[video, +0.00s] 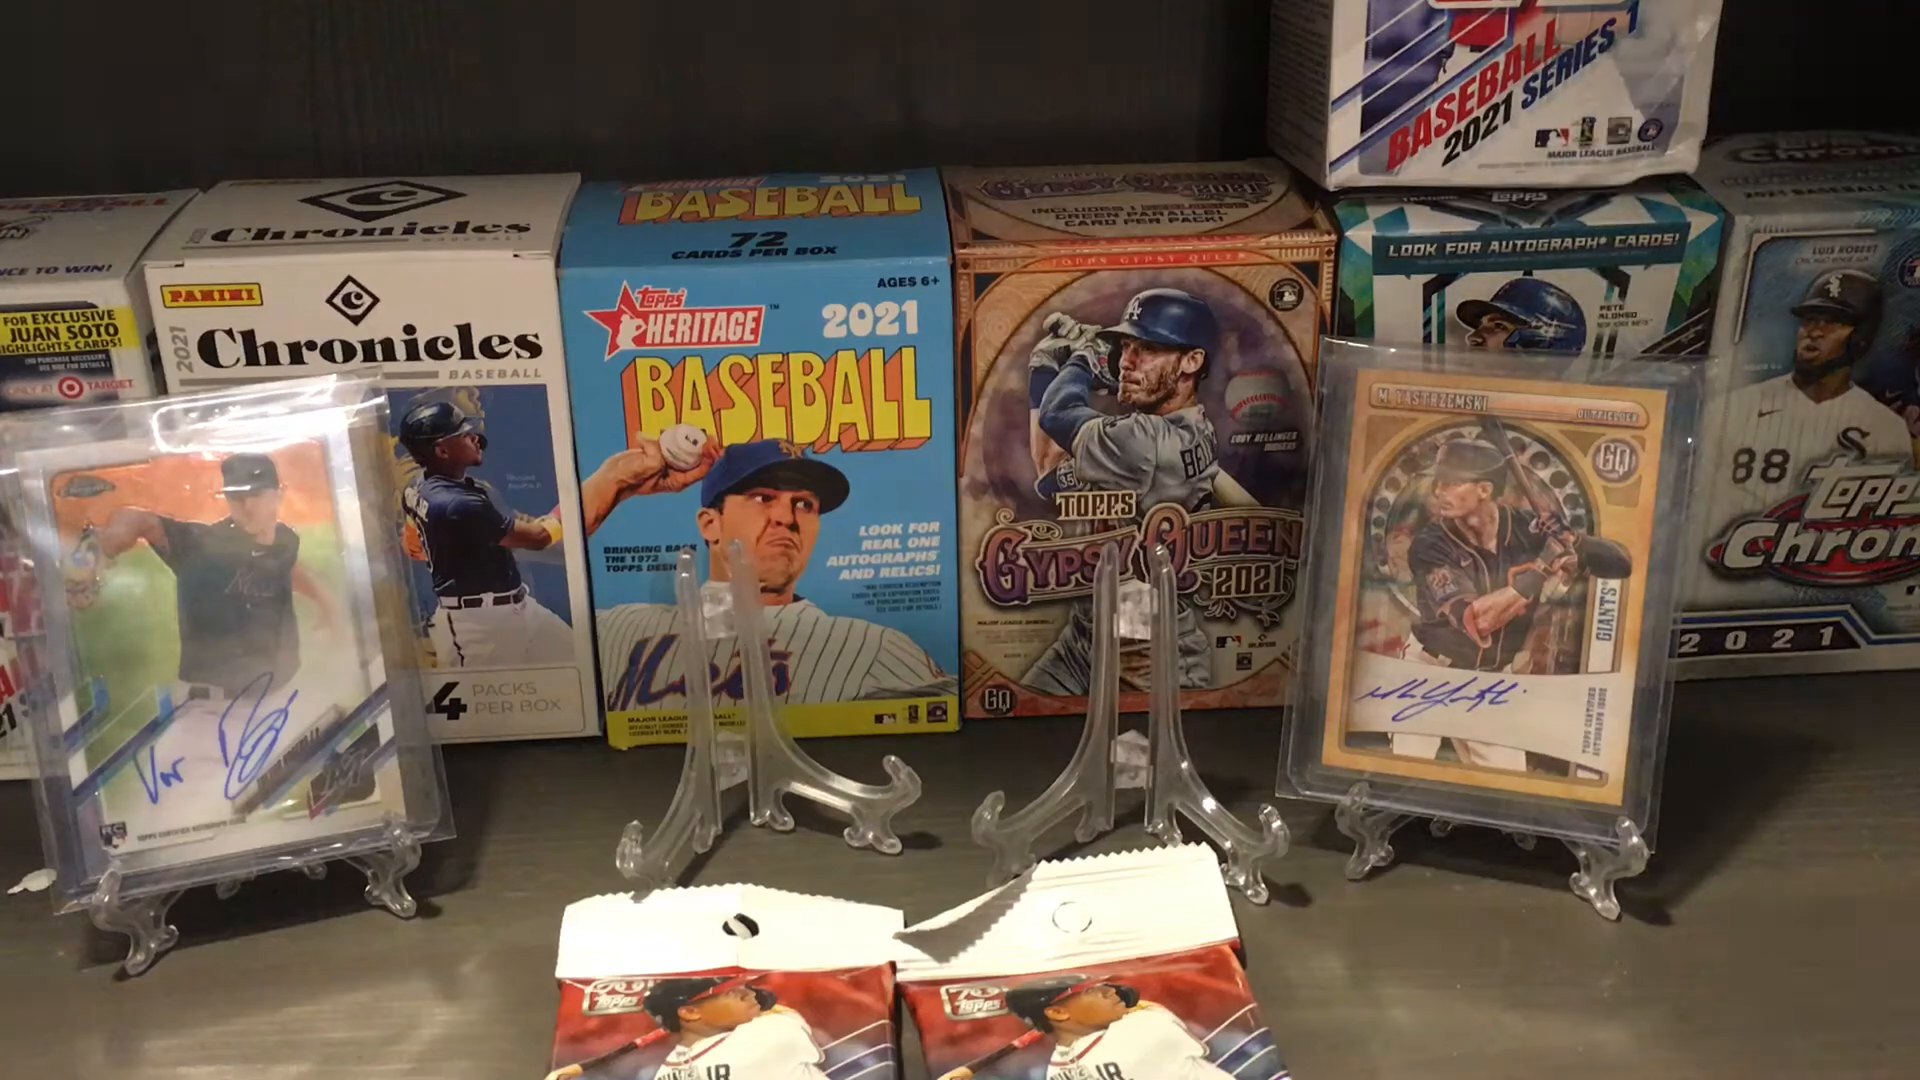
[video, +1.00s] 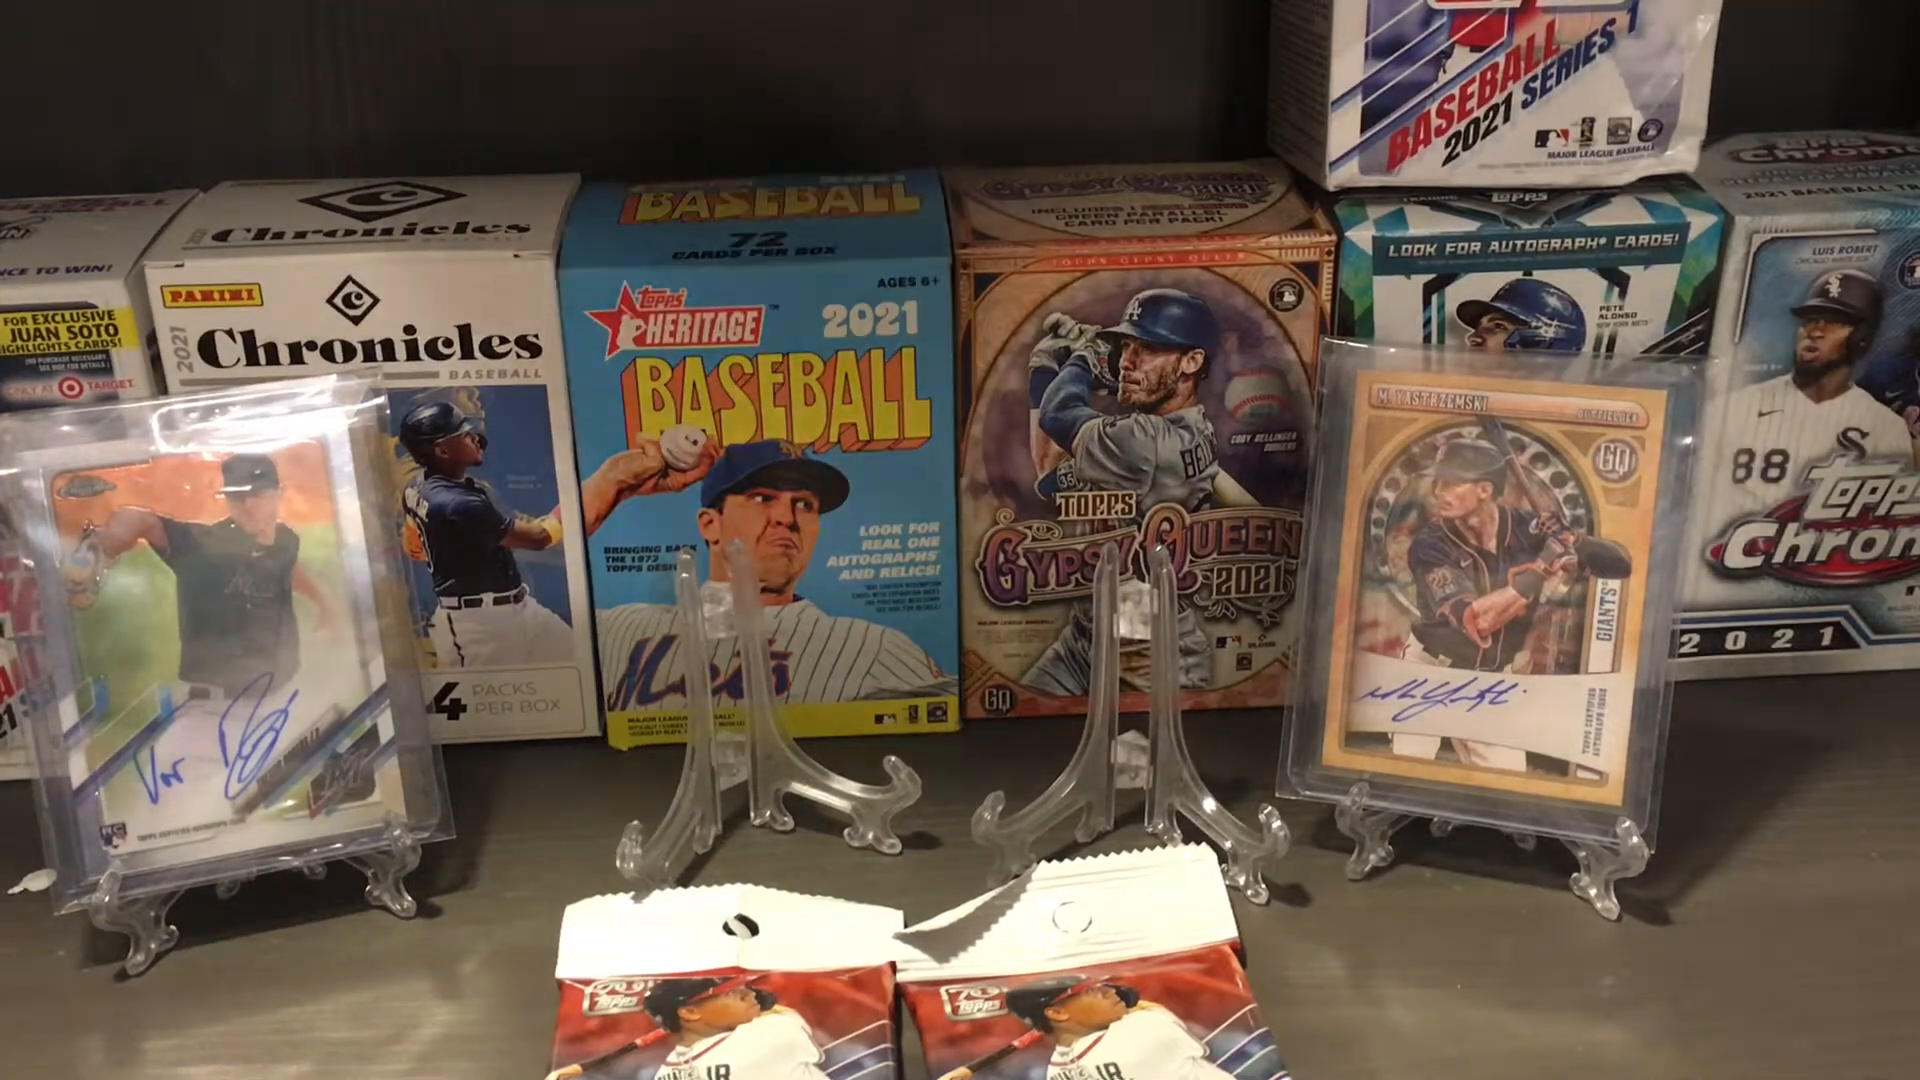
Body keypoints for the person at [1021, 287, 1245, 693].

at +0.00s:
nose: (1127, 362)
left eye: (1147, 350)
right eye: (1126, 347)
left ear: (1190, 362)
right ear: (1119, 348)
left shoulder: (1139, 440)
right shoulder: (1189, 430)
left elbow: (1060, 410)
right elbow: (1050, 475)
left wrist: (1084, 361)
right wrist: (1042, 371)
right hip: (1089, 642)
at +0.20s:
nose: (1127, 361)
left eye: (1145, 349)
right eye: (1126, 347)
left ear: (1191, 362)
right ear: (1118, 349)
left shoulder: (1142, 442)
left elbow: (1060, 410)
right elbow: (1049, 476)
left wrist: (1082, 361)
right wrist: (1043, 364)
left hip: (1160, 650)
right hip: (1088, 640)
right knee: (1013, 734)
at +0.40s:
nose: (1127, 361)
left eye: (1145, 349)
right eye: (1126, 347)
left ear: (1191, 362)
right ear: (1119, 348)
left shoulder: (1140, 441)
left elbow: (1059, 410)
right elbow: (1049, 479)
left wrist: (1083, 360)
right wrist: (1043, 364)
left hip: (1161, 649)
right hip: (1088, 640)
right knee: (1012, 734)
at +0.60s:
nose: (1127, 361)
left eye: (1145, 350)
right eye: (1126, 347)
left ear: (1191, 363)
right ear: (1119, 349)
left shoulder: (1143, 441)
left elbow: (1061, 411)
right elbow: (1050, 471)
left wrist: (1082, 362)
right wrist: (1042, 366)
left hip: (1158, 648)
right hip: (1088, 640)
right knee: (1014, 733)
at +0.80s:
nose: (1126, 362)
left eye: (1145, 349)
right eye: (1126, 347)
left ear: (1191, 363)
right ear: (1118, 350)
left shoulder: (1143, 441)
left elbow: (1060, 411)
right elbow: (1049, 473)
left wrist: (1083, 361)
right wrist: (1043, 365)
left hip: (1159, 650)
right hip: (1087, 642)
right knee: (1014, 733)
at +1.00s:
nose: (1127, 362)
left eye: (1147, 350)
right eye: (1127, 348)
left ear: (1190, 363)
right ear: (1120, 349)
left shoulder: (1140, 440)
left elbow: (1059, 412)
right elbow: (1049, 476)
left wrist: (1085, 359)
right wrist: (1042, 369)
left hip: (1161, 651)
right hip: (1089, 642)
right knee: (1006, 735)